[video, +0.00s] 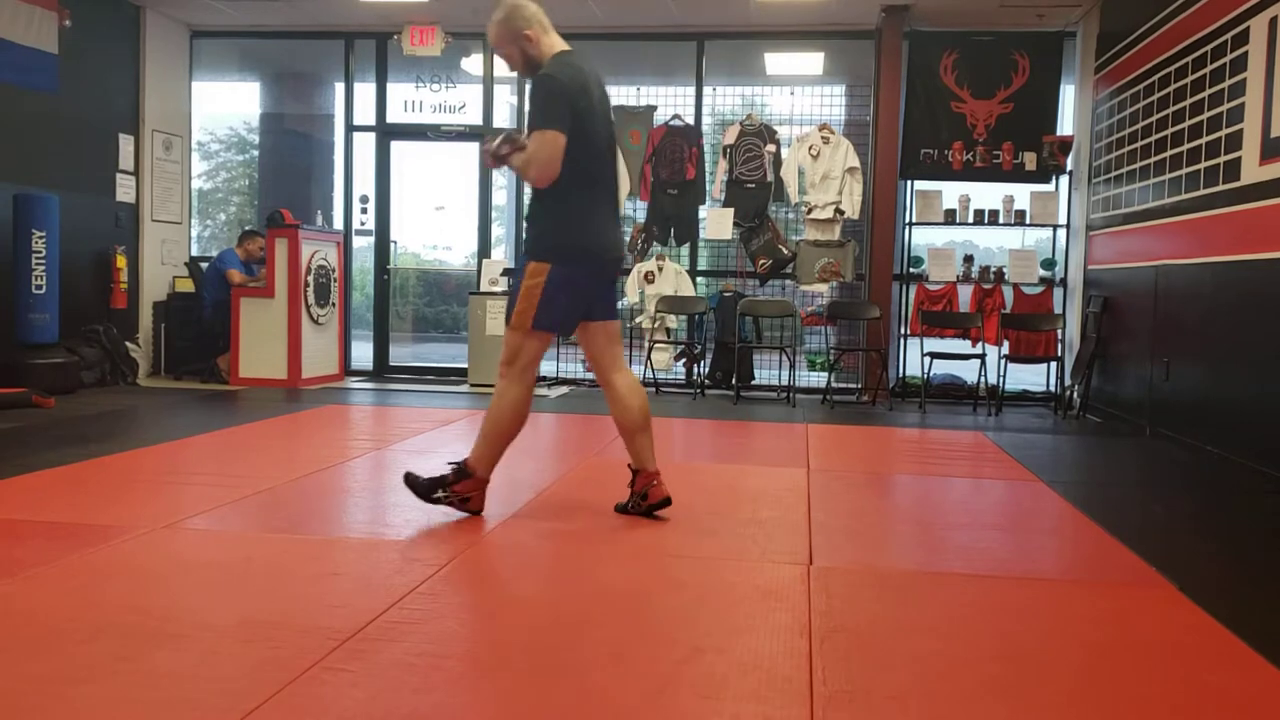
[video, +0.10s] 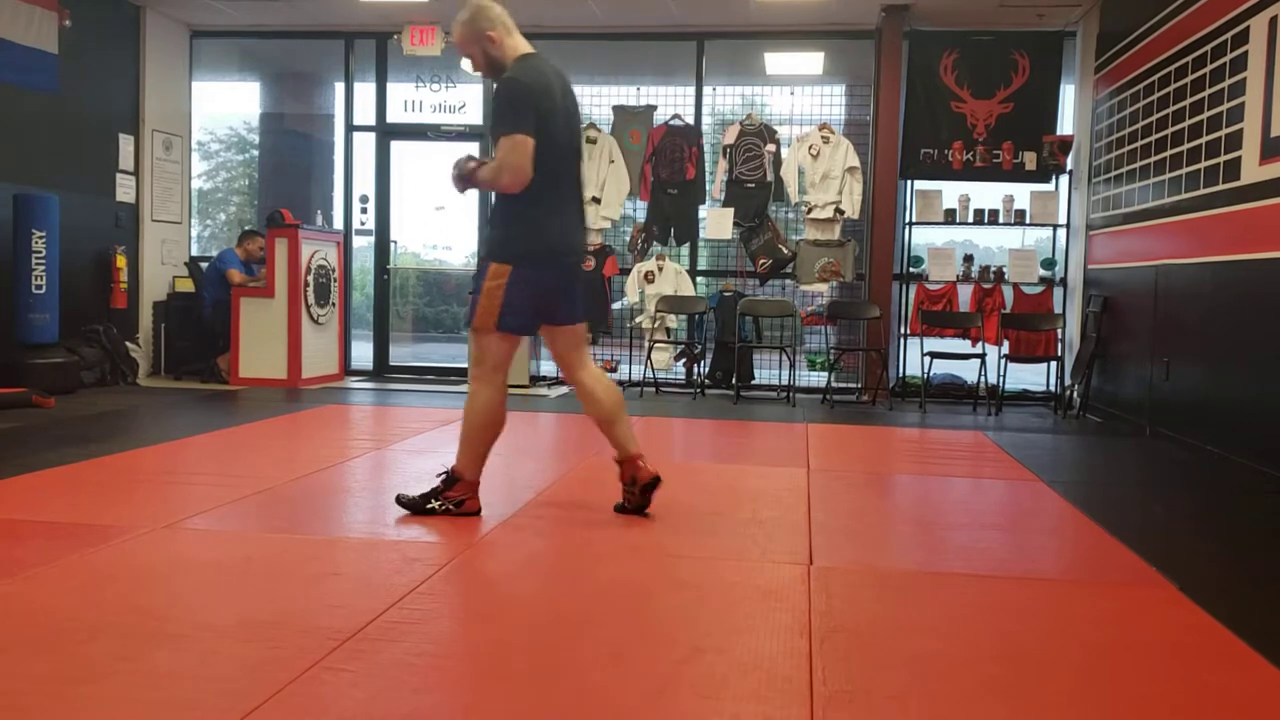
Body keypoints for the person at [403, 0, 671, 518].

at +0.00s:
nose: (511, 68)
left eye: (507, 56)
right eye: (505, 59)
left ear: (529, 38)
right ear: (540, 34)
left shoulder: (554, 80)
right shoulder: (587, 77)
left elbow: (542, 171)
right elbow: (608, 175)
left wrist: (511, 152)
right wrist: (525, 149)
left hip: (558, 251)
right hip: (599, 248)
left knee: (516, 368)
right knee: (612, 366)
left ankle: (471, 481)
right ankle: (648, 482)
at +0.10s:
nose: (473, 68)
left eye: (470, 56)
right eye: (467, 59)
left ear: (493, 36)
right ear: (502, 34)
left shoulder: (517, 83)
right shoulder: (552, 77)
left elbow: (514, 175)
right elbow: (548, 169)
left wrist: (472, 174)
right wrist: (487, 166)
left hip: (517, 253)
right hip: (562, 250)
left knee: (487, 372)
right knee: (579, 364)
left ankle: (462, 487)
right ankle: (636, 470)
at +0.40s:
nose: (385, 61)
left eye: (382, 50)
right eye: (379, 54)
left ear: (399, 30)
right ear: (415, 24)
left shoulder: (426, 67)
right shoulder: (468, 72)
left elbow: (409, 151)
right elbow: (500, 160)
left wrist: (366, 130)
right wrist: (419, 174)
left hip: (440, 241)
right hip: (456, 237)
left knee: (446, 360)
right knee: (410, 341)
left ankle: (461, 488)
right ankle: (435, 462)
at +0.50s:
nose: (356, 70)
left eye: (353, 59)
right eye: (351, 63)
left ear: (370, 37)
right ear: (383, 34)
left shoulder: (403, 71)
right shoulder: (436, 74)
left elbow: (364, 150)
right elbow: (472, 160)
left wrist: (336, 107)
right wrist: (397, 186)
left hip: (416, 243)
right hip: (415, 240)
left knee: (427, 365)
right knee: (384, 358)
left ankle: (458, 486)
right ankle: (355, 465)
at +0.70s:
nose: (292, 77)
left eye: (290, 66)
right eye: (287, 70)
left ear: (310, 46)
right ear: (314, 45)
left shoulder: (352, 73)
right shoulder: (350, 77)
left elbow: (333, 152)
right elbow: (332, 152)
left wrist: (289, 114)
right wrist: (293, 115)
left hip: (357, 242)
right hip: (345, 240)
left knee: (330, 361)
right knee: (328, 362)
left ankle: (424, 456)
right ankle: (323, 472)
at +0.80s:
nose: (264, 77)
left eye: (260, 65)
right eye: (258, 69)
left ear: (282, 43)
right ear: (284, 45)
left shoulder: (330, 74)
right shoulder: (318, 81)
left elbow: (344, 145)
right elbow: (326, 146)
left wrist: (278, 139)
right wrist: (273, 137)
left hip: (330, 234)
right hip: (333, 233)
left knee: (272, 348)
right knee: (312, 355)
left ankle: (370, 433)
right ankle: (320, 472)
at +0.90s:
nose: (234, 70)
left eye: (232, 60)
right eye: (228, 63)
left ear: (256, 39)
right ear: (255, 41)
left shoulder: (305, 66)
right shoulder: (282, 78)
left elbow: (337, 142)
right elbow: (294, 155)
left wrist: (272, 180)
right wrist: (257, 187)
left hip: (302, 230)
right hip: (310, 231)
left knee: (232, 335)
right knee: (307, 358)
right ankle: (320, 473)